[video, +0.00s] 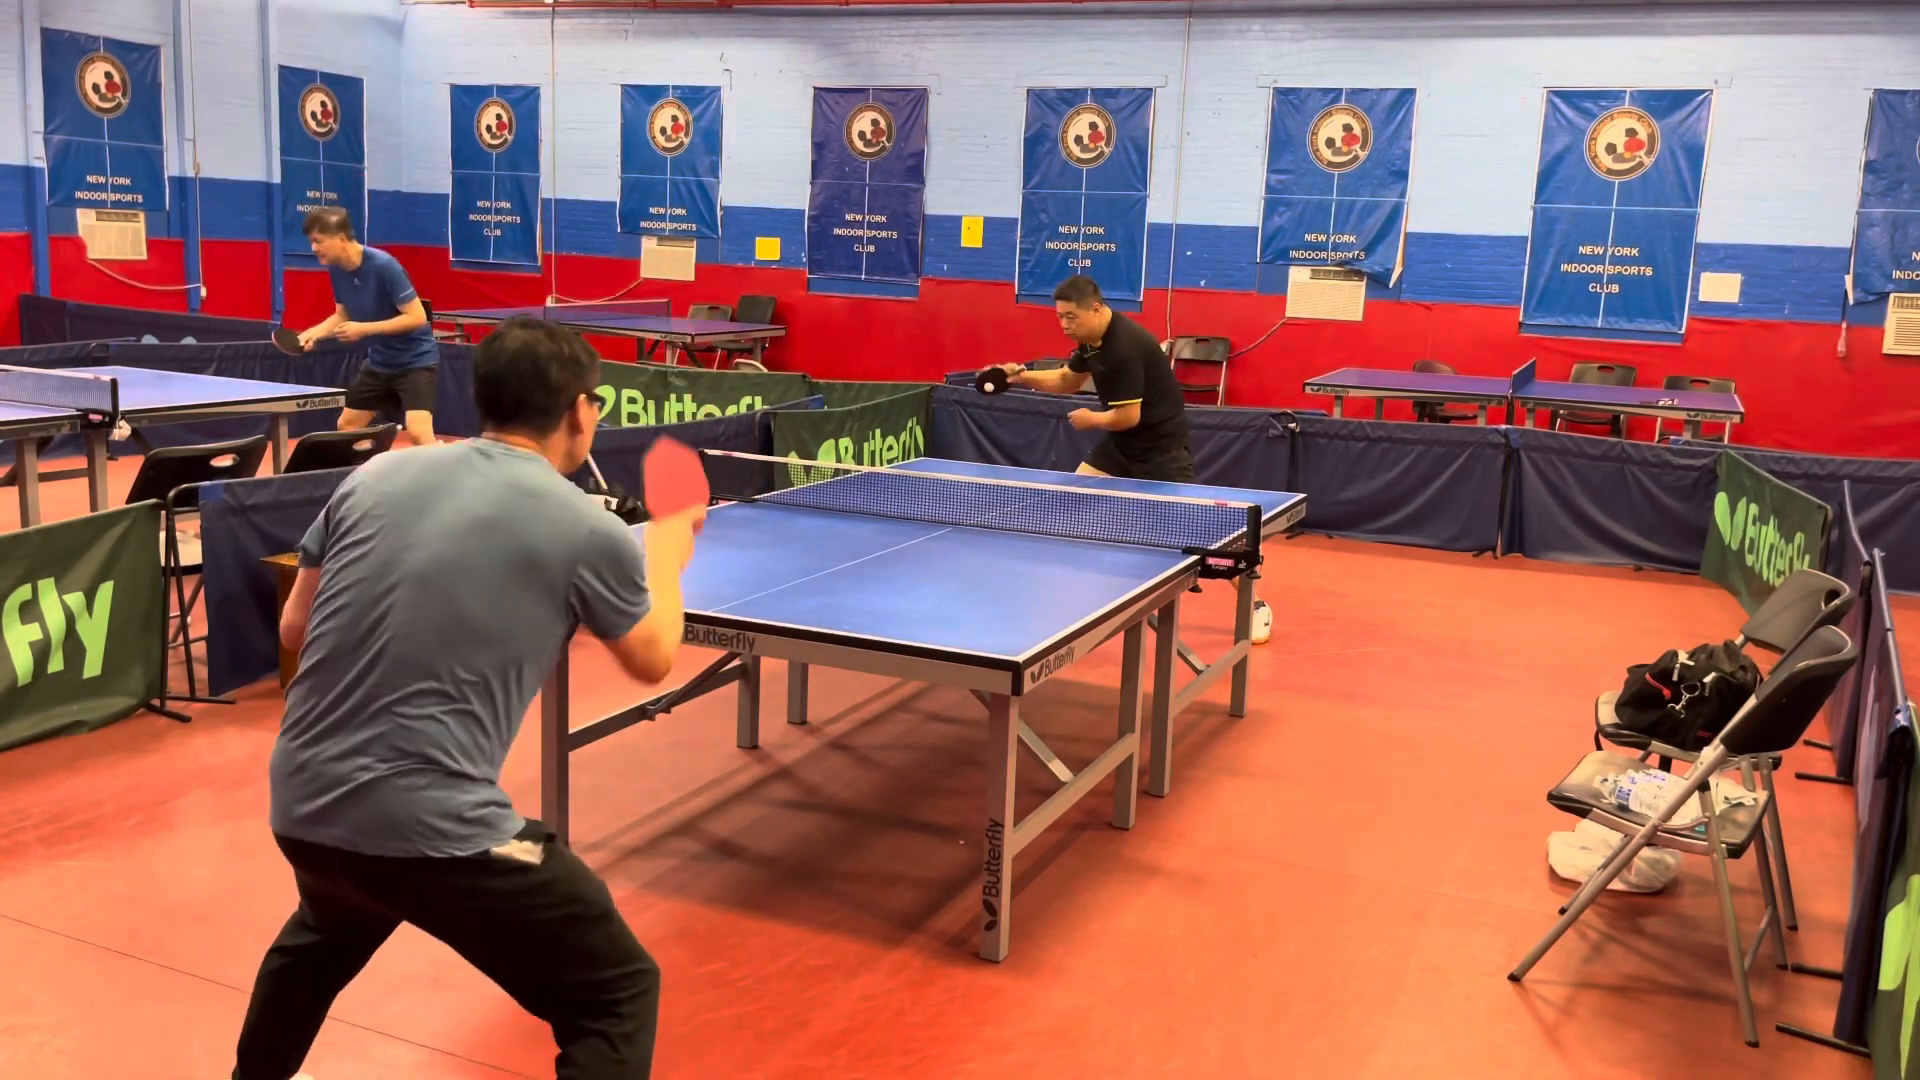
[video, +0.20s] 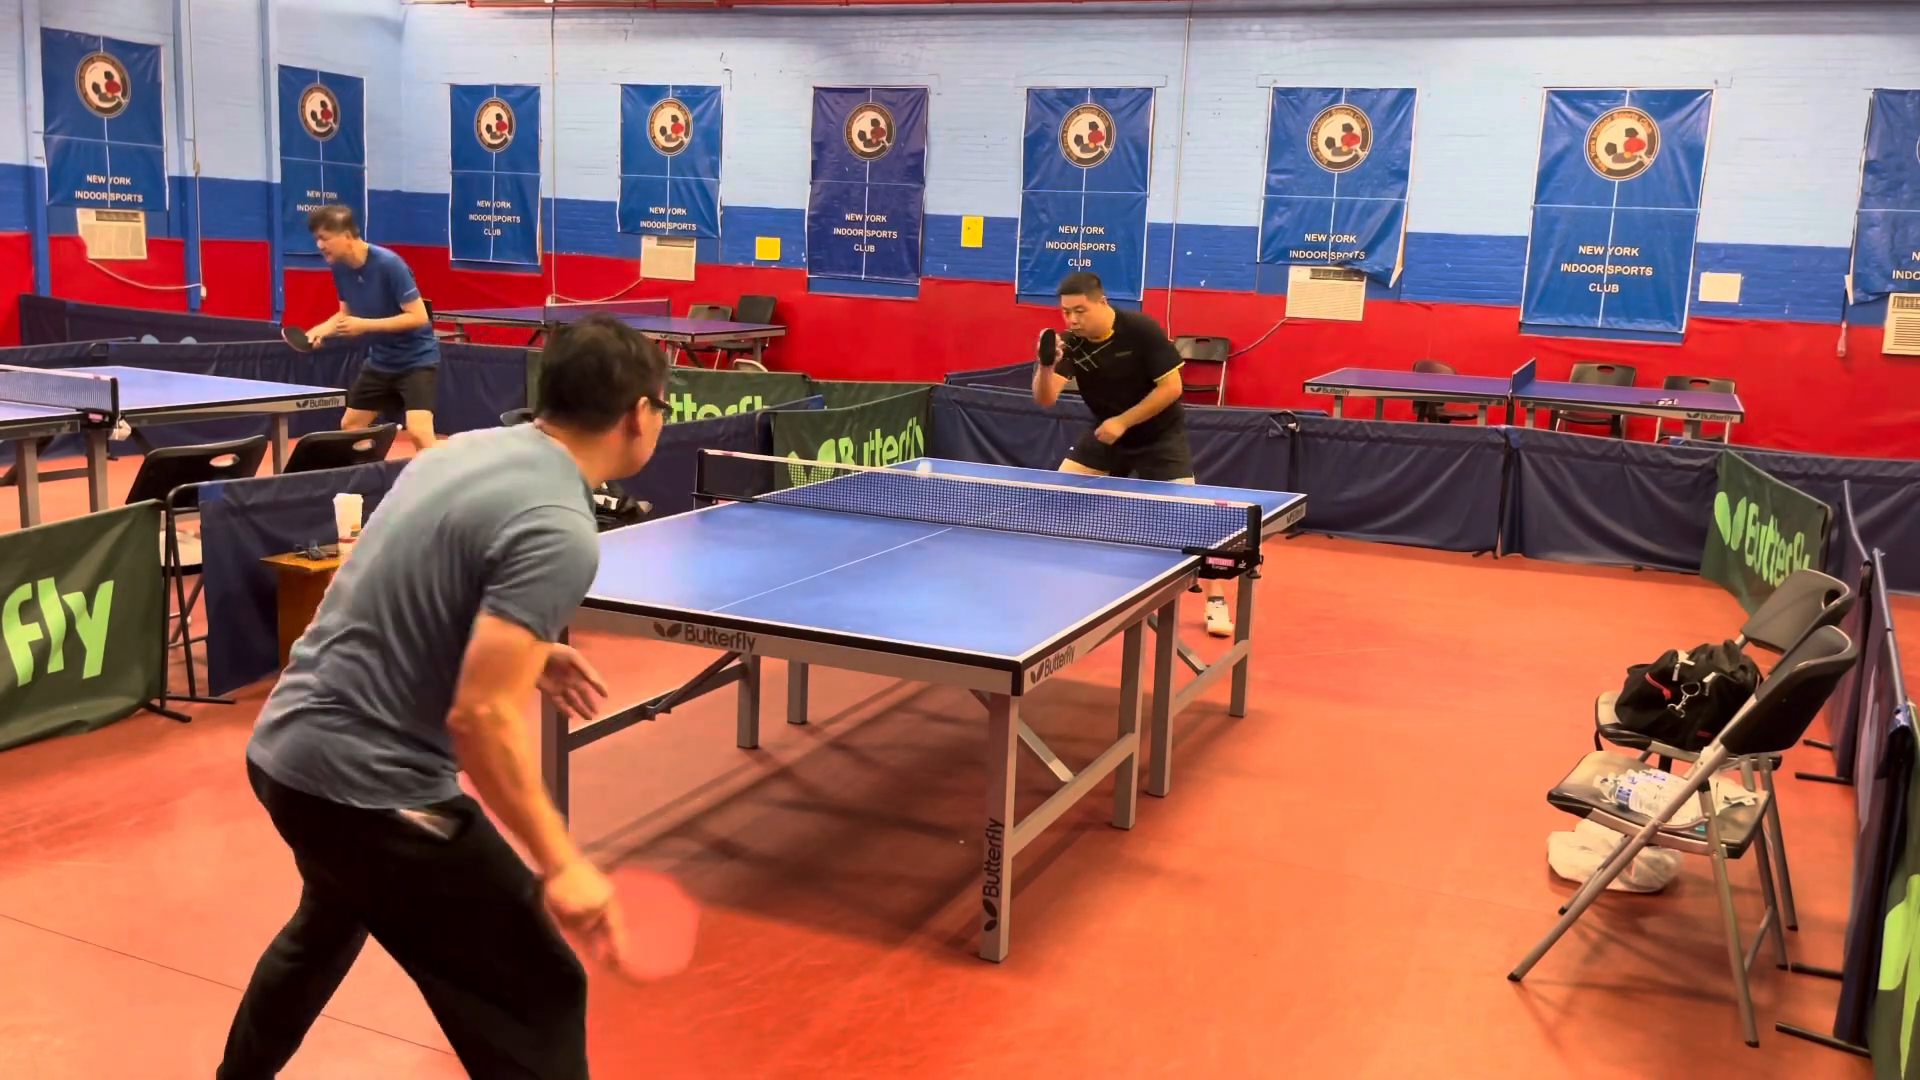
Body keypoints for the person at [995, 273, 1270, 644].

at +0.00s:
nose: (1064, 325)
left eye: (1071, 317)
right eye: (1061, 317)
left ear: (1097, 308)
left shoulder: (1124, 345)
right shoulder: (1092, 337)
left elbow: (1129, 415)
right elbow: (1068, 379)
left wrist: (1093, 419)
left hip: (1163, 448)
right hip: (1122, 441)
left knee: (1191, 527)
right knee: (1068, 500)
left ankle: (1253, 605)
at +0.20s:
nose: (1071, 321)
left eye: (1078, 311)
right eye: (1066, 313)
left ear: (1102, 303)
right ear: (1063, 310)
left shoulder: (1142, 330)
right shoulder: (1070, 344)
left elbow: (1172, 387)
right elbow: (1045, 399)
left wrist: (1123, 421)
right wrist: (1045, 364)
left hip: (1160, 436)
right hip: (1106, 434)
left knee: (1188, 515)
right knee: (1054, 497)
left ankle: (1214, 598)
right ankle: (1040, 585)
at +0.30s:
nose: (1087, 325)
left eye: (1095, 316)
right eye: (1081, 317)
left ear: (1117, 310)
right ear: (1076, 315)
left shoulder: (1154, 338)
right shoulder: (1078, 349)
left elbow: (1183, 393)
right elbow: (1060, 414)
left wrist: (1137, 427)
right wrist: (1062, 390)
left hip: (1159, 439)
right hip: (1102, 436)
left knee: (1193, 512)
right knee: (1047, 492)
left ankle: (1212, 599)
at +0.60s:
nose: (1069, 318)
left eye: (1077, 309)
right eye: (1064, 310)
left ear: (1101, 305)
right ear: (1059, 308)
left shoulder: (1130, 344)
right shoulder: (1070, 342)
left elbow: (1140, 411)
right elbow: (1072, 392)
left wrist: (1090, 422)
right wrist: (1049, 425)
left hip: (1146, 446)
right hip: (1095, 443)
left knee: (1176, 517)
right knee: (1049, 500)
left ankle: (1209, 599)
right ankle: (1036, 586)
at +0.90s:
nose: (1064, 324)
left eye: (1071, 315)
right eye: (1061, 316)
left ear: (1097, 306)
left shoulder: (1127, 342)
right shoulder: (1091, 337)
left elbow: (1128, 413)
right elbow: (1081, 382)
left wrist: (1086, 418)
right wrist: (1043, 375)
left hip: (1147, 453)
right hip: (1105, 445)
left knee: (1171, 526)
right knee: (1054, 500)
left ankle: (1225, 600)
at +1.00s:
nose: (1081, 321)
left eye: (1088, 312)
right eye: (1077, 312)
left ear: (1112, 304)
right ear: (1077, 309)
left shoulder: (1151, 334)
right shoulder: (1084, 339)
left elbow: (1166, 402)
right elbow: (1058, 396)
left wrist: (1113, 420)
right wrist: (1059, 370)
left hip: (1160, 445)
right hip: (1110, 444)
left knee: (1185, 519)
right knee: (1063, 498)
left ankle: (1218, 602)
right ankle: (1047, 587)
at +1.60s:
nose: (1063, 322)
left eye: (1071, 313)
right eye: (1058, 314)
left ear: (1095, 306)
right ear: (1055, 311)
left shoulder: (1117, 342)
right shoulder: (1091, 336)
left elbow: (1119, 414)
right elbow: (1096, 381)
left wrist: (1075, 420)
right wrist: (1060, 405)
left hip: (1147, 447)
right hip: (1110, 442)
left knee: (1173, 523)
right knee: (1062, 501)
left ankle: (1226, 599)